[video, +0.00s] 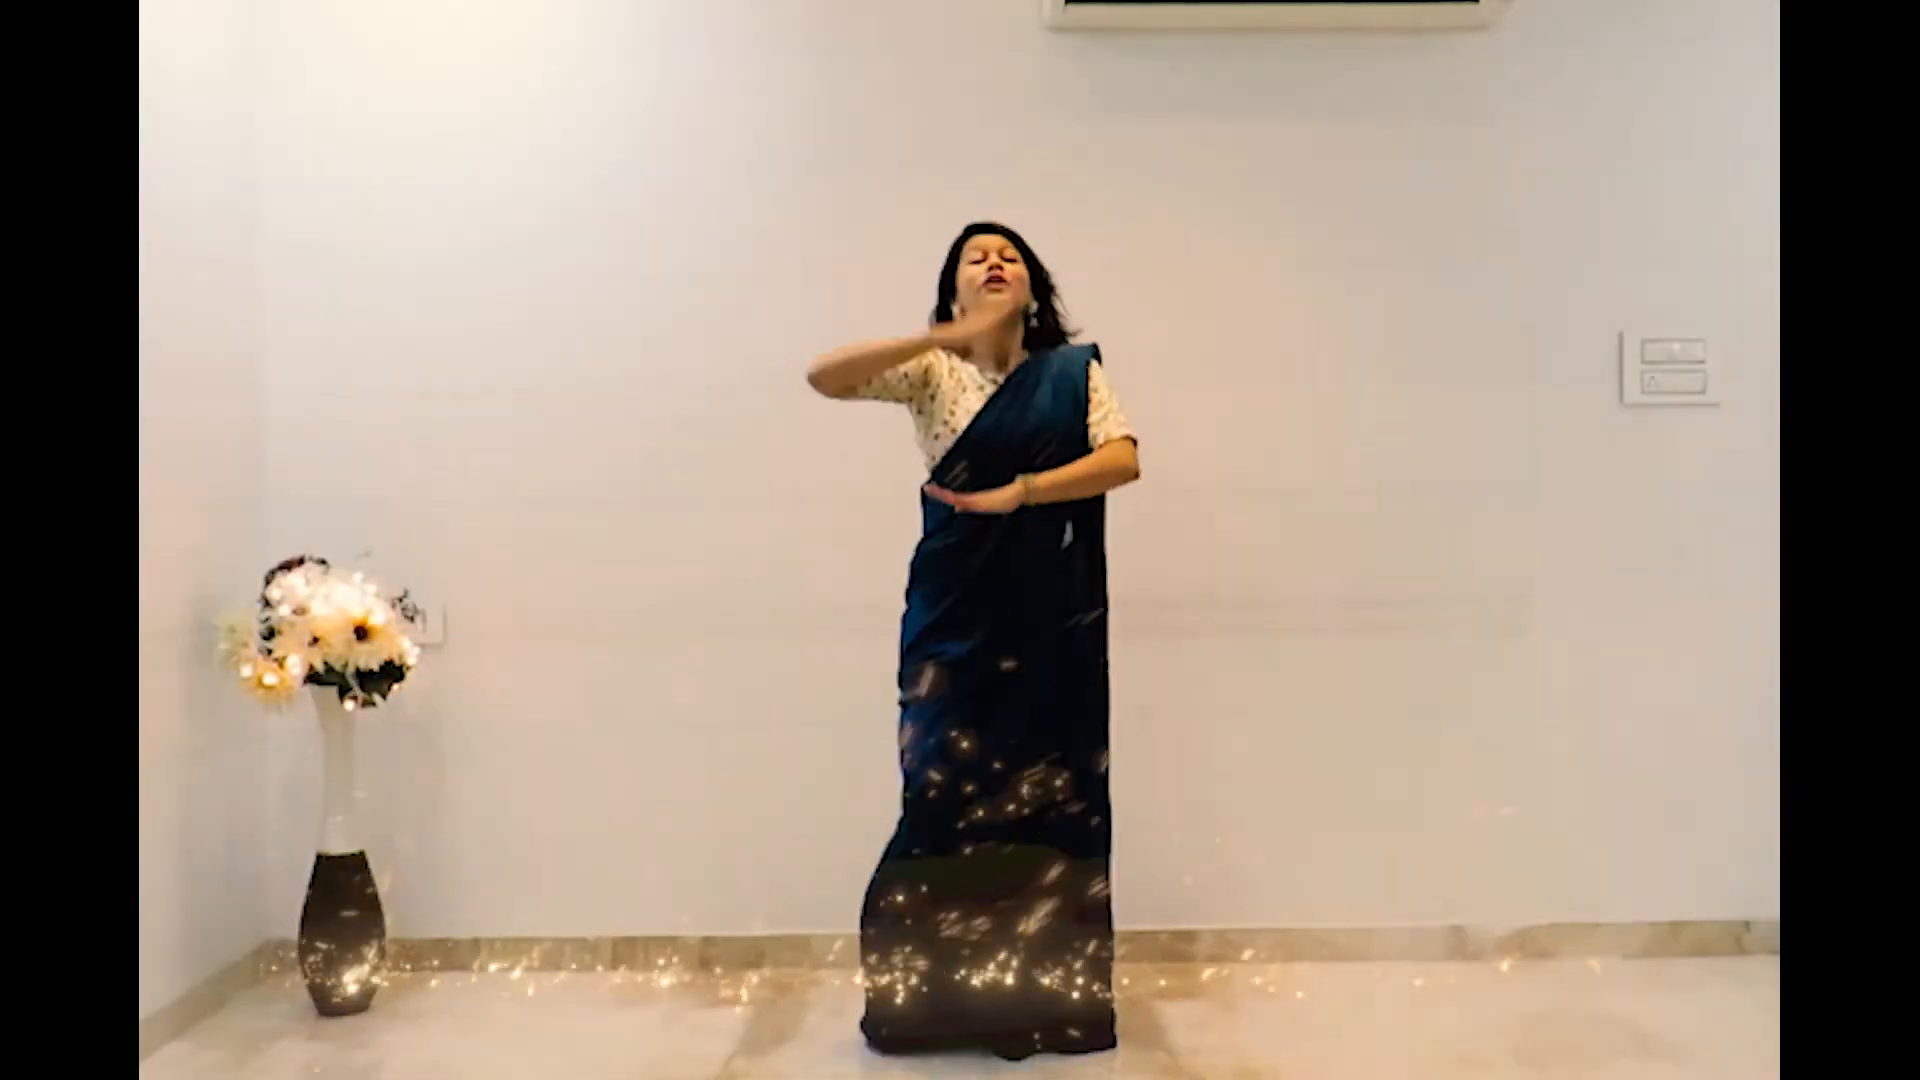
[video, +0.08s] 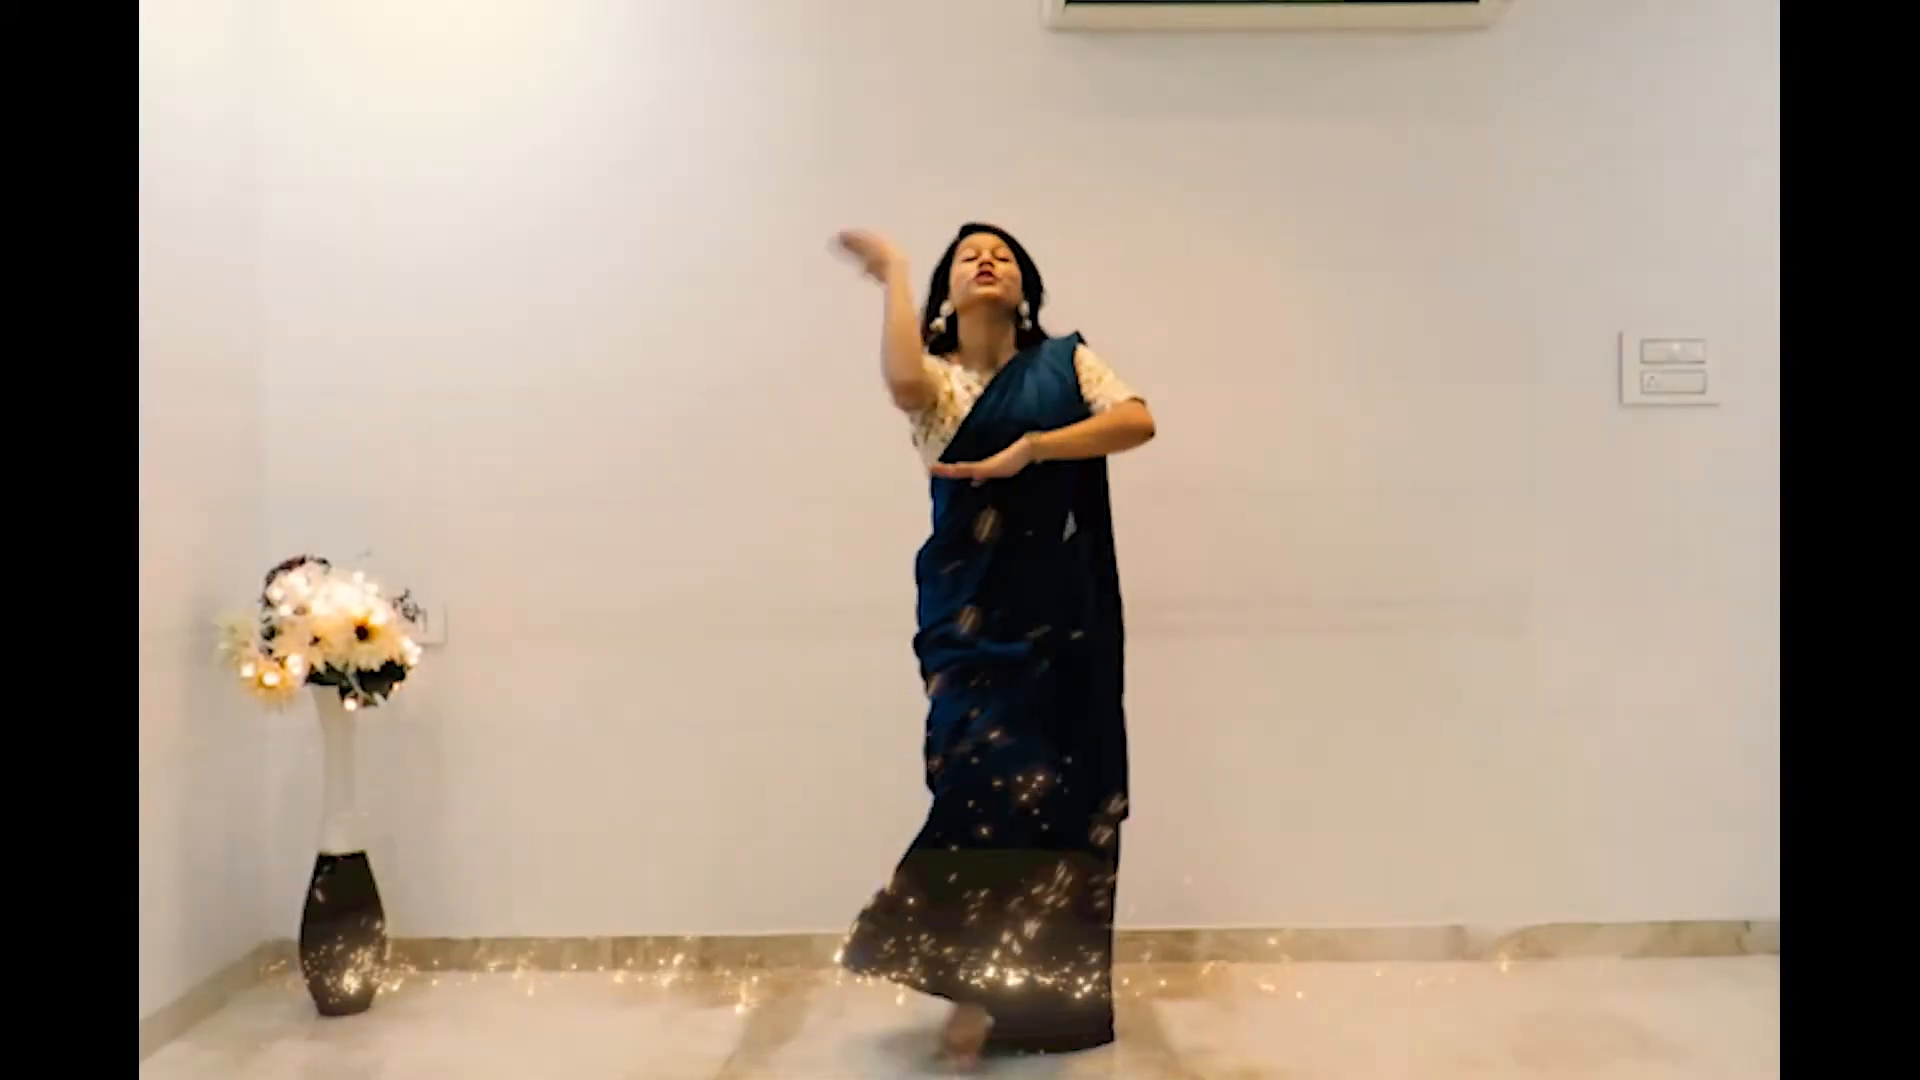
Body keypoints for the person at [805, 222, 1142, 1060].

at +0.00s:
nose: (994, 262)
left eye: (1009, 254)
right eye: (975, 256)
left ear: (1035, 290)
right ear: (953, 295)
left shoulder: (1074, 366)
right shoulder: (931, 373)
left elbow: (1122, 460)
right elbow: (824, 376)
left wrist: (1018, 492)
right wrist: (944, 334)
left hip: (1054, 620)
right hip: (952, 617)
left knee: (1053, 801)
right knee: (939, 794)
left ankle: (1043, 994)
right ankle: (919, 991)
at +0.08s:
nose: (985, 259)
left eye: (1002, 254)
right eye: (968, 254)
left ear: (1026, 292)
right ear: (946, 297)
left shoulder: (1066, 359)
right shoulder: (934, 382)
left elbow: (1136, 420)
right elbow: (904, 377)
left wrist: (1033, 445)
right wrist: (897, 273)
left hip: (1070, 615)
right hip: (970, 621)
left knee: (1072, 801)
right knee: (990, 794)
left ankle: (1053, 991)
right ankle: (974, 993)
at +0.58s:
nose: (1002, 249)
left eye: (1018, 240)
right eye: (984, 242)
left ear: (1045, 271)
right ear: (956, 274)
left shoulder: (1072, 355)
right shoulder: (940, 348)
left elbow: (1087, 447)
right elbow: (874, 293)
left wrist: (975, 422)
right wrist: (989, 323)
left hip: (1026, 595)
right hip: (937, 591)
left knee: (1024, 788)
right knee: (915, 774)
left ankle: (1022, 994)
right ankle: (895, 962)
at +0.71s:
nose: (1007, 281)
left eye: (1023, 270)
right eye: (991, 269)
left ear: (1050, 294)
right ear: (966, 291)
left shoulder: (1079, 400)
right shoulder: (925, 377)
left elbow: (1083, 527)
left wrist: (978, 506)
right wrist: (976, 442)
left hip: (1017, 622)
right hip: (924, 615)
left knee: (998, 799)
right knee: (907, 794)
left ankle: (1003, 987)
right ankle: (902, 984)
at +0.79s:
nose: (1001, 272)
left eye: (1017, 264)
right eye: (986, 262)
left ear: (1041, 294)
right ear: (960, 292)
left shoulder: (1076, 387)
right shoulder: (927, 380)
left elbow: (1103, 513)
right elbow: (888, 498)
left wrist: (1015, 558)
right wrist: (966, 417)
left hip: (1022, 618)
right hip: (928, 611)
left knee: (1008, 795)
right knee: (917, 787)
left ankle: (997, 980)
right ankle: (886, 979)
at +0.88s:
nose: (1000, 259)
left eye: (1015, 251)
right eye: (981, 251)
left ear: (1034, 287)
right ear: (953, 283)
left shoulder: (1071, 371)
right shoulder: (935, 366)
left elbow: (1125, 487)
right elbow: (912, 418)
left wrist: (1065, 554)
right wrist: (934, 302)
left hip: (1022, 614)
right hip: (928, 606)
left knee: (1010, 804)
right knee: (927, 792)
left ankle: (1001, 996)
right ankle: (897, 981)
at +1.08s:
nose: (990, 274)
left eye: (1005, 265)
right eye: (973, 262)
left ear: (1026, 293)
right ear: (943, 287)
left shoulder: (1060, 385)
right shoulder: (916, 376)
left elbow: (1110, 498)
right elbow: (943, 457)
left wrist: (1101, 585)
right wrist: (971, 385)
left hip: (1044, 630)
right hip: (950, 628)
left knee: (1033, 821)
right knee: (949, 820)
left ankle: (1027, 1015)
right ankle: (948, 1029)